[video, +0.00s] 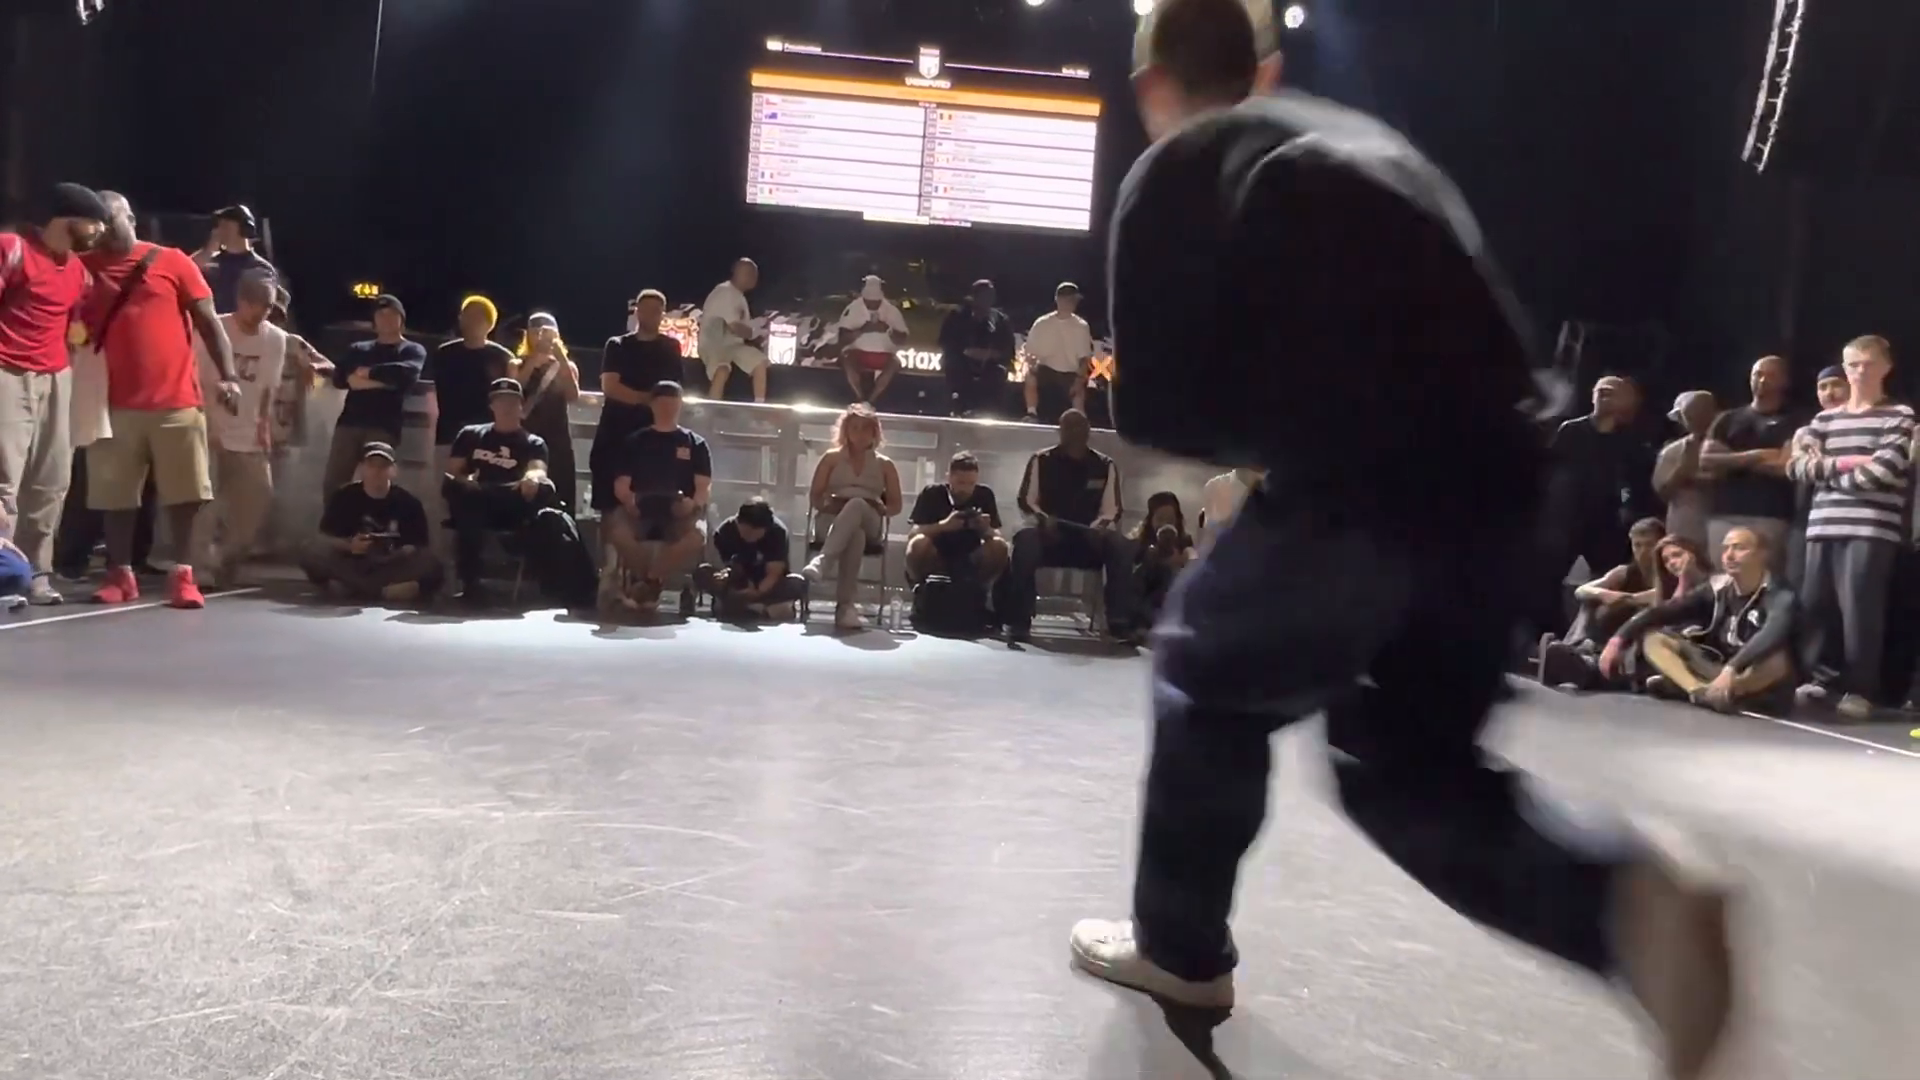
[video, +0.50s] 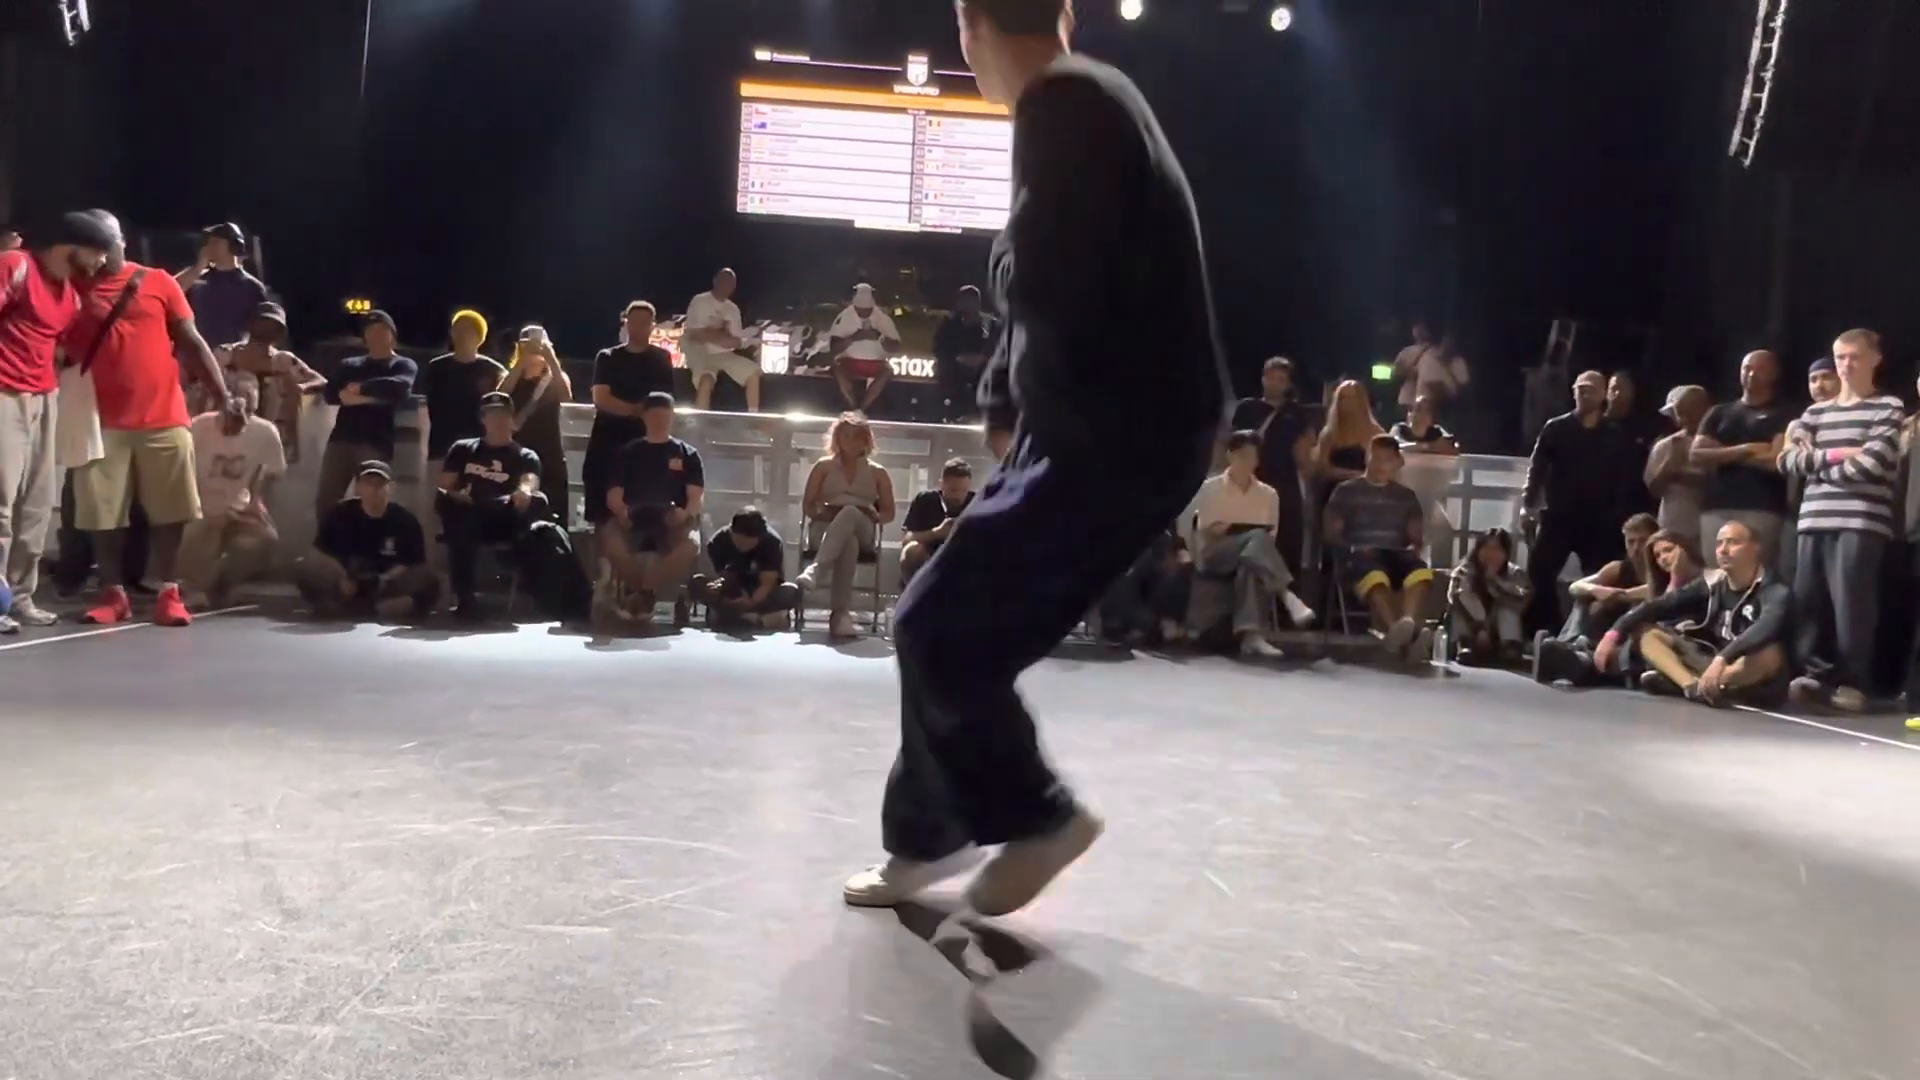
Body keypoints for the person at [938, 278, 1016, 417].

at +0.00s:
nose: (985, 302)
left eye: (988, 297)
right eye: (981, 297)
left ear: (993, 299)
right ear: (973, 297)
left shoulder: (1001, 320)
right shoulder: (958, 316)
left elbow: (1008, 352)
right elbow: (946, 342)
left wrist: (990, 354)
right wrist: (966, 352)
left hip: (990, 369)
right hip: (964, 368)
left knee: (999, 371)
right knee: (952, 361)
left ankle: (993, 409)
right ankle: (958, 405)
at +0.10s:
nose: (983, 300)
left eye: (985, 296)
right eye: (979, 296)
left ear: (989, 298)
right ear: (970, 297)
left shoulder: (998, 319)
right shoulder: (956, 317)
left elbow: (1006, 352)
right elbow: (944, 342)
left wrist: (987, 354)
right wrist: (964, 352)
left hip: (988, 371)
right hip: (962, 370)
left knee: (997, 371)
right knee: (950, 361)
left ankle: (992, 409)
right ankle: (959, 405)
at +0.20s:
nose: (974, 300)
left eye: (978, 296)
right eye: (971, 295)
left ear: (984, 298)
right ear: (964, 297)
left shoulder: (995, 320)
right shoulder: (952, 317)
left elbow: (1003, 350)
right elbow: (941, 342)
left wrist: (985, 354)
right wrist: (961, 353)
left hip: (985, 369)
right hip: (959, 369)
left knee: (995, 371)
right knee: (946, 360)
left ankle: (988, 409)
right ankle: (954, 404)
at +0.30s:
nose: (969, 304)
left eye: (973, 299)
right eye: (966, 299)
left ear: (980, 300)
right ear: (960, 299)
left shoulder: (992, 320)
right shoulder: (949, 318)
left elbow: (1000, 350)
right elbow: (938, 343)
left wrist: (982, 354)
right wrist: (958, 353)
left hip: (982, 369)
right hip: (955, 369)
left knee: (992, 372)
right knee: (942, 361)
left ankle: (985, 409)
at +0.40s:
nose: (967, 305)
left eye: (971, 300)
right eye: (964, 300)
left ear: (978, 302)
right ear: (958, 301)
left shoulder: (987, 322)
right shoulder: (948, 322)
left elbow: (997, 350)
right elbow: (937, 346)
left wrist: (981, 357)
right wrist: (956, 356)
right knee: (944, 364)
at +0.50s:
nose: (967, 306)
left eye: (971, 302)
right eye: (964, 302)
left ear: (978, 303)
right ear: (958, 303)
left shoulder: (992, 324)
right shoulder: (949, 325)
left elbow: (996, 350)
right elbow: (939, 350)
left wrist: (982, 358)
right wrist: (957, 358)